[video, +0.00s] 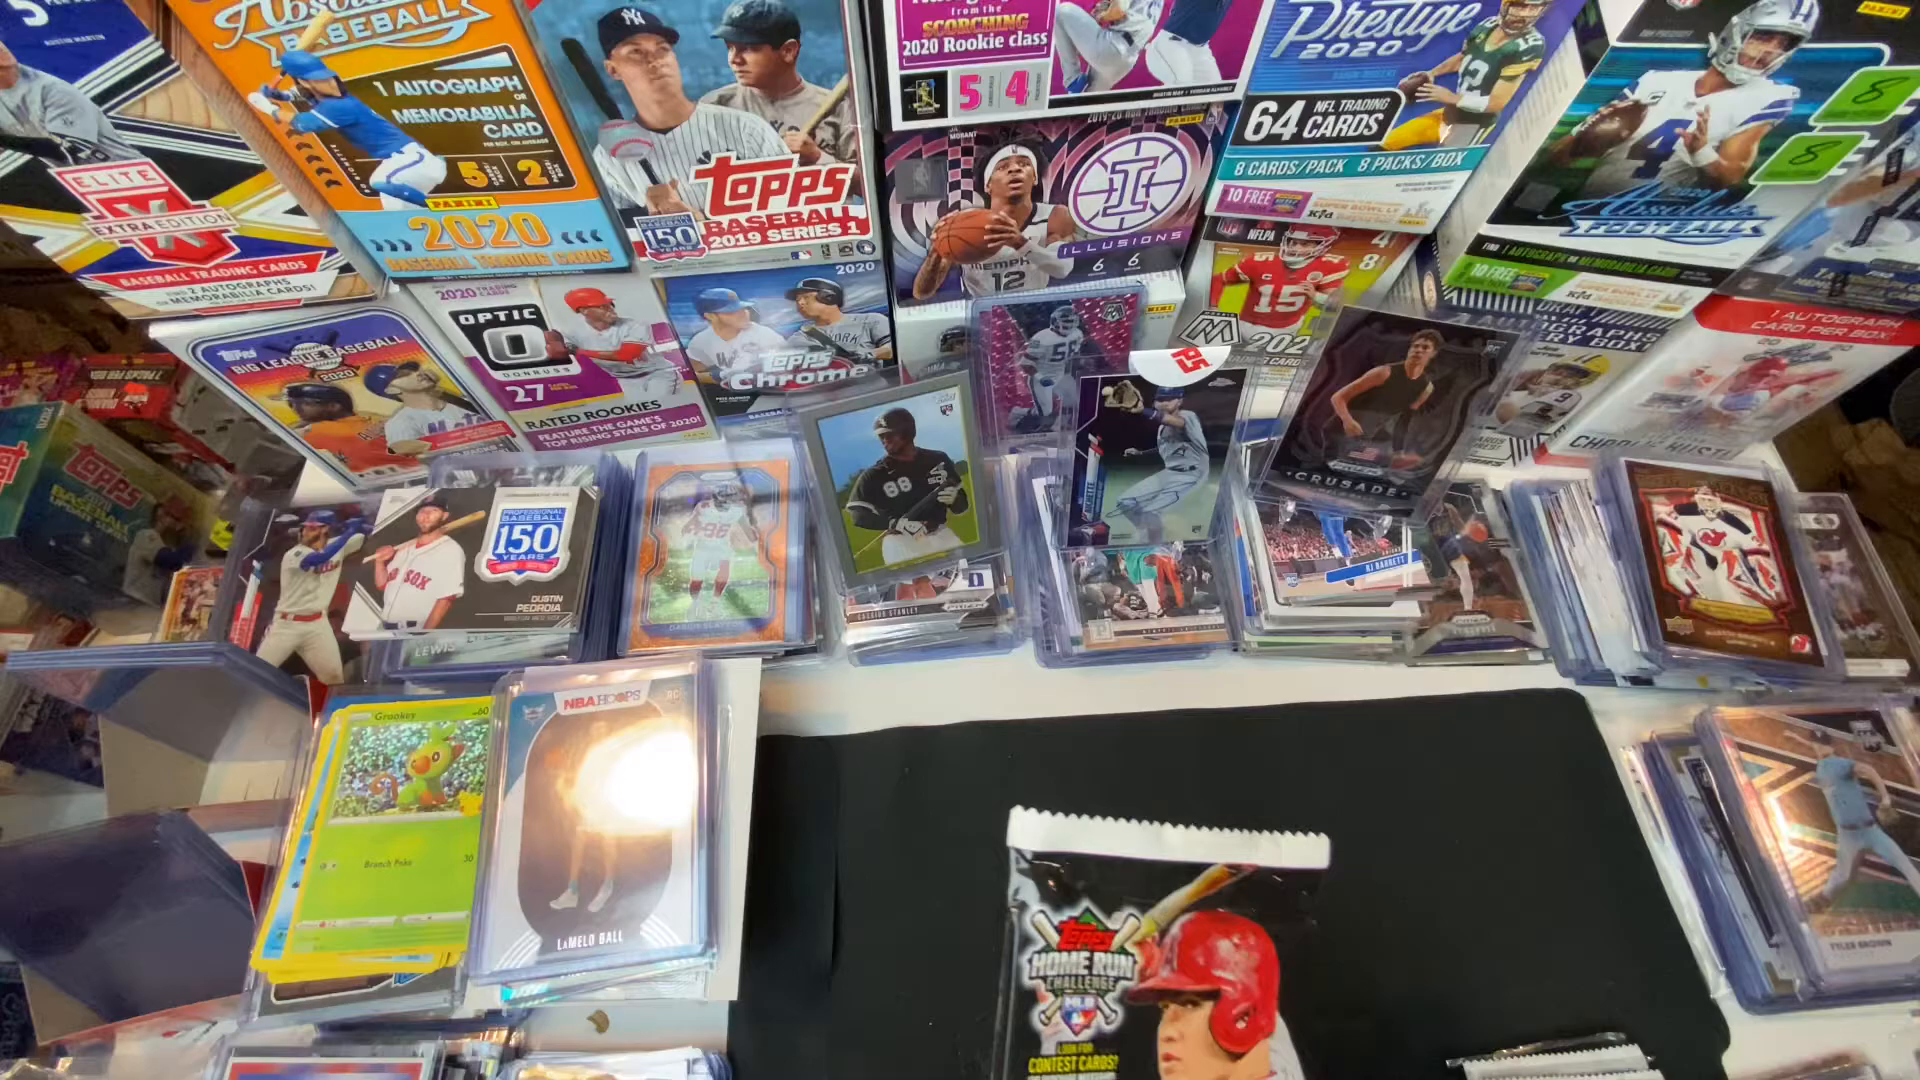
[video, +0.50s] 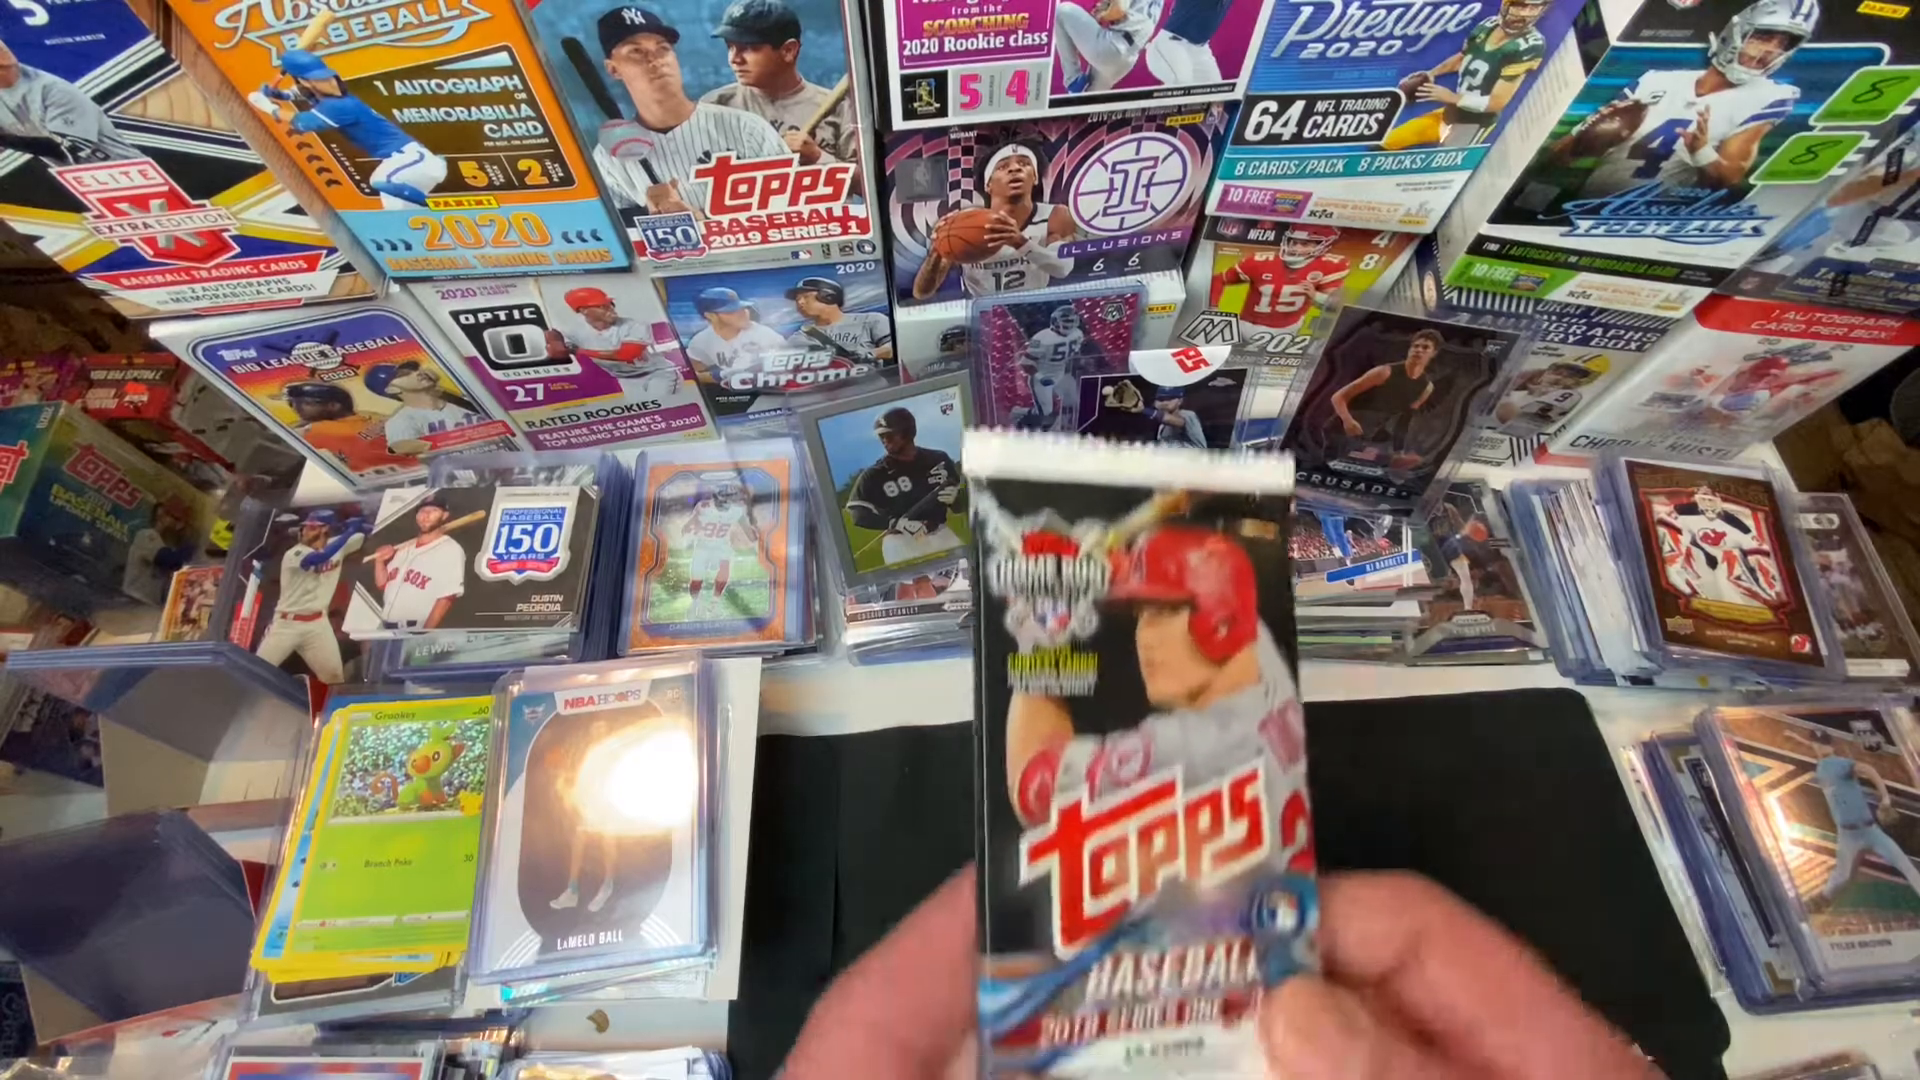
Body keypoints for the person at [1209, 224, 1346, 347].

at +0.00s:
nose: (1296, 249)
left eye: (1304, 244)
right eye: (1292, 242)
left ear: (1317, 248)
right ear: (1285, 242)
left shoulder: (1324, 270)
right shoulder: (1258, 264)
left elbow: (1337, 303)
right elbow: (1219, 280)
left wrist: (1316, 296)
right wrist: (1211, 311)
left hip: (1285, 335)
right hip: (1248, 330)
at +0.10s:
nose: (1296, 249)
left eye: (1304, 245)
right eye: (1292, 243)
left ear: (1316, 248)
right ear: (1284, 242)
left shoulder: (1323, 271)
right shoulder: (1258, 264)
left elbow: (1336, 303)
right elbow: (1218, 280)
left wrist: (1316, 296)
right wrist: (1211, 312)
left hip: (1284, 336)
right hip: (1248, 330)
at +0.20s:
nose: (1297, 249)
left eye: (1304, 244)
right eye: (1293, 242)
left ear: (1317, 247)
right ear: (1285, 242)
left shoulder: (1325, 269)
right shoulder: (1259, 263)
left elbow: (1337, 303)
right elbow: (1219, 279)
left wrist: (1316, 296)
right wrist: (1212, 310)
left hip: (1286, 334)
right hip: (1249, 329)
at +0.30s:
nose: (1296, 249)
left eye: (1304, 245)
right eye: (1293, 243)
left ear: (1317, 248)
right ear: (1285, 242)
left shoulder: (1324, 271)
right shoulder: (1258, 264)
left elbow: (1336, 304)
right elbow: (1218, 280)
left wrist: (1316, 296)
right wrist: (1211, 312)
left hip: (1285, 335)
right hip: (1248, 330)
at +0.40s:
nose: (1296, 249)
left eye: (1304, 244)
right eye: (1292, 243)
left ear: (1316, 248)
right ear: (1285, 242)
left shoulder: (1324, 270)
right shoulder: (1258, 264)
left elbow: (1336, 303)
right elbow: (1218, 280)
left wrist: (1316, 296)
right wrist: (1211, 312)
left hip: (1285, 334)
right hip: (1249, 329)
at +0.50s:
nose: (1296, 249)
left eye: (1304, 244)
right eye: (1293, 242)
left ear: (1317, 248)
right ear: (1285, 242)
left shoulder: (1325, 269)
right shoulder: (1258, 264)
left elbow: (1336, 304)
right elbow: (1219, 280)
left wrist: (1316, 296)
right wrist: (1211, 313)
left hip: (1287, 331)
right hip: (1250, 327)